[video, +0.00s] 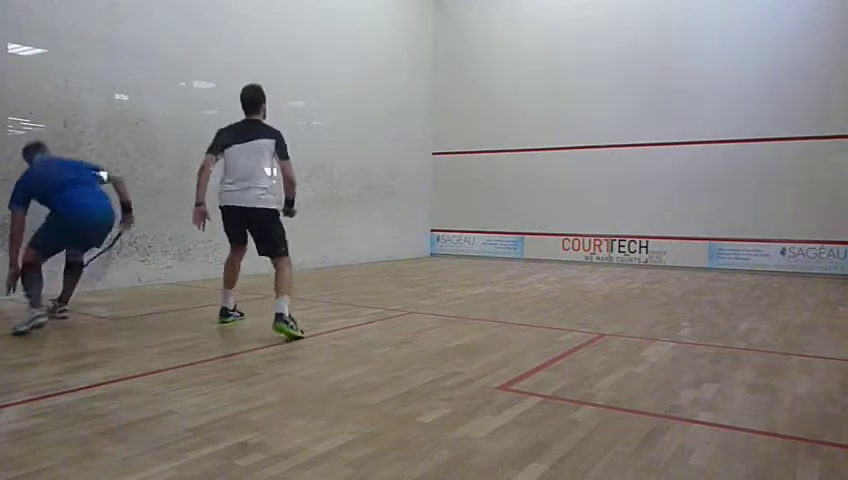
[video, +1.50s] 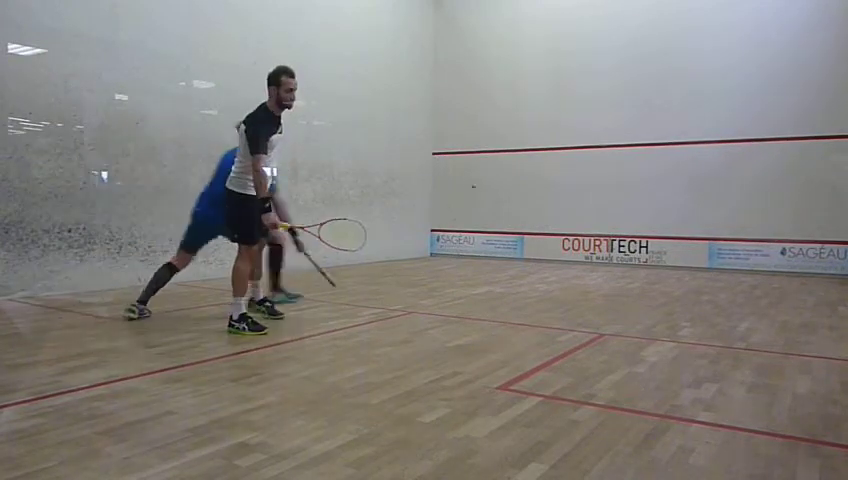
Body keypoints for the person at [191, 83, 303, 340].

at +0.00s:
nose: (264, 107)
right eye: (264, 103)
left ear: (241, 107)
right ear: (263, 107)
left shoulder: (226, 133)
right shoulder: (273, 135)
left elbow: (205, 167)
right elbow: (289, 177)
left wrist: (199, 203)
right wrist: (290, 202)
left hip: (230, 205)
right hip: (263, 207)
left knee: (237, 250)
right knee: (282, 261)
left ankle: (226, 307)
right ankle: (282, 315)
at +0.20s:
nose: (283, 105)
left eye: (281, 101)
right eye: (282, 101)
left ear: (259, 104)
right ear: (279, 103)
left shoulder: (245, 132)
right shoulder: (282, 131)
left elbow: (225, 167)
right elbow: (289, 174)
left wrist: (224, 204)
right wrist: (306, 209)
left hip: (241, 202)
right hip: (270, 201)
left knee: (261, 244)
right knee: (301, 249)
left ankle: (233, 300)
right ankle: (299, 313)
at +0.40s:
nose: (289, 98)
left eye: (287, 94)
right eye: (287, 94)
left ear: (266, 98)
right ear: (283, 97)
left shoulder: (257, 122)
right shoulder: (274, 123)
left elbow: (240, 157)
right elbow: (269, 157)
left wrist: (257, 181)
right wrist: (281, 193)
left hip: (248, 197)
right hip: (266, 196)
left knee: (268, 247)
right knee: (295, 248)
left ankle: (242, 302)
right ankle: (299, 313)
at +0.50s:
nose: (288, 98)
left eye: (286, 94)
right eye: (286, 94)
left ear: (268, 97)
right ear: (280, 97)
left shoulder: (268, 123)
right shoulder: (263, 123)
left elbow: (264, 159)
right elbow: (253, 158)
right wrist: (261, 178)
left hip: (253, 197)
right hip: (259, 198)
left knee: (262, 249)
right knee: (281, 251)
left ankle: (239, 303)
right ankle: (297, 312)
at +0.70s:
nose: (290, 102)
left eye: (290, 97)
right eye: (287, 97)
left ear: (278, 97)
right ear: (276, 97)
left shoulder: (272, 123)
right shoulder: (249, 119)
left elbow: (273, 148)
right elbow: (235, 146)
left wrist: (282, 169)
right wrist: (240, 155)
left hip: (254, 191)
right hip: (244, 191)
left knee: (256, 248)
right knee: (264, 246)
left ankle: (239, 304)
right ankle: (264, 309)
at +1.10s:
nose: (291, 107)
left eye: (293, 102)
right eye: (287, 101)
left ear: (283, 101)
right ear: (272, 98)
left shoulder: (272, 124)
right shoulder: (249, 126)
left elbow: (262, 160)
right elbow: (252, 170)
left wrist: (270, 174)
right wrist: (269, 180)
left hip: (252, 192)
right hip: (239, 193)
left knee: (252, 249)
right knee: (245, 251)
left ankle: (241, 304)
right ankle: (236, 314)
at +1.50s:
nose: (292, 95)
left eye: (294, 90)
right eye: (287, 90)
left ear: (292, 91)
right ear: (272, 90)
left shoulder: (275, 118)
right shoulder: (259, 122)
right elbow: (257, 169)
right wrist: (266, 208)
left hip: (254, 191)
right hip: (242, 192)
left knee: (257, 247)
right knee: (246, 251)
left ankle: (256, 298)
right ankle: (237, 315)